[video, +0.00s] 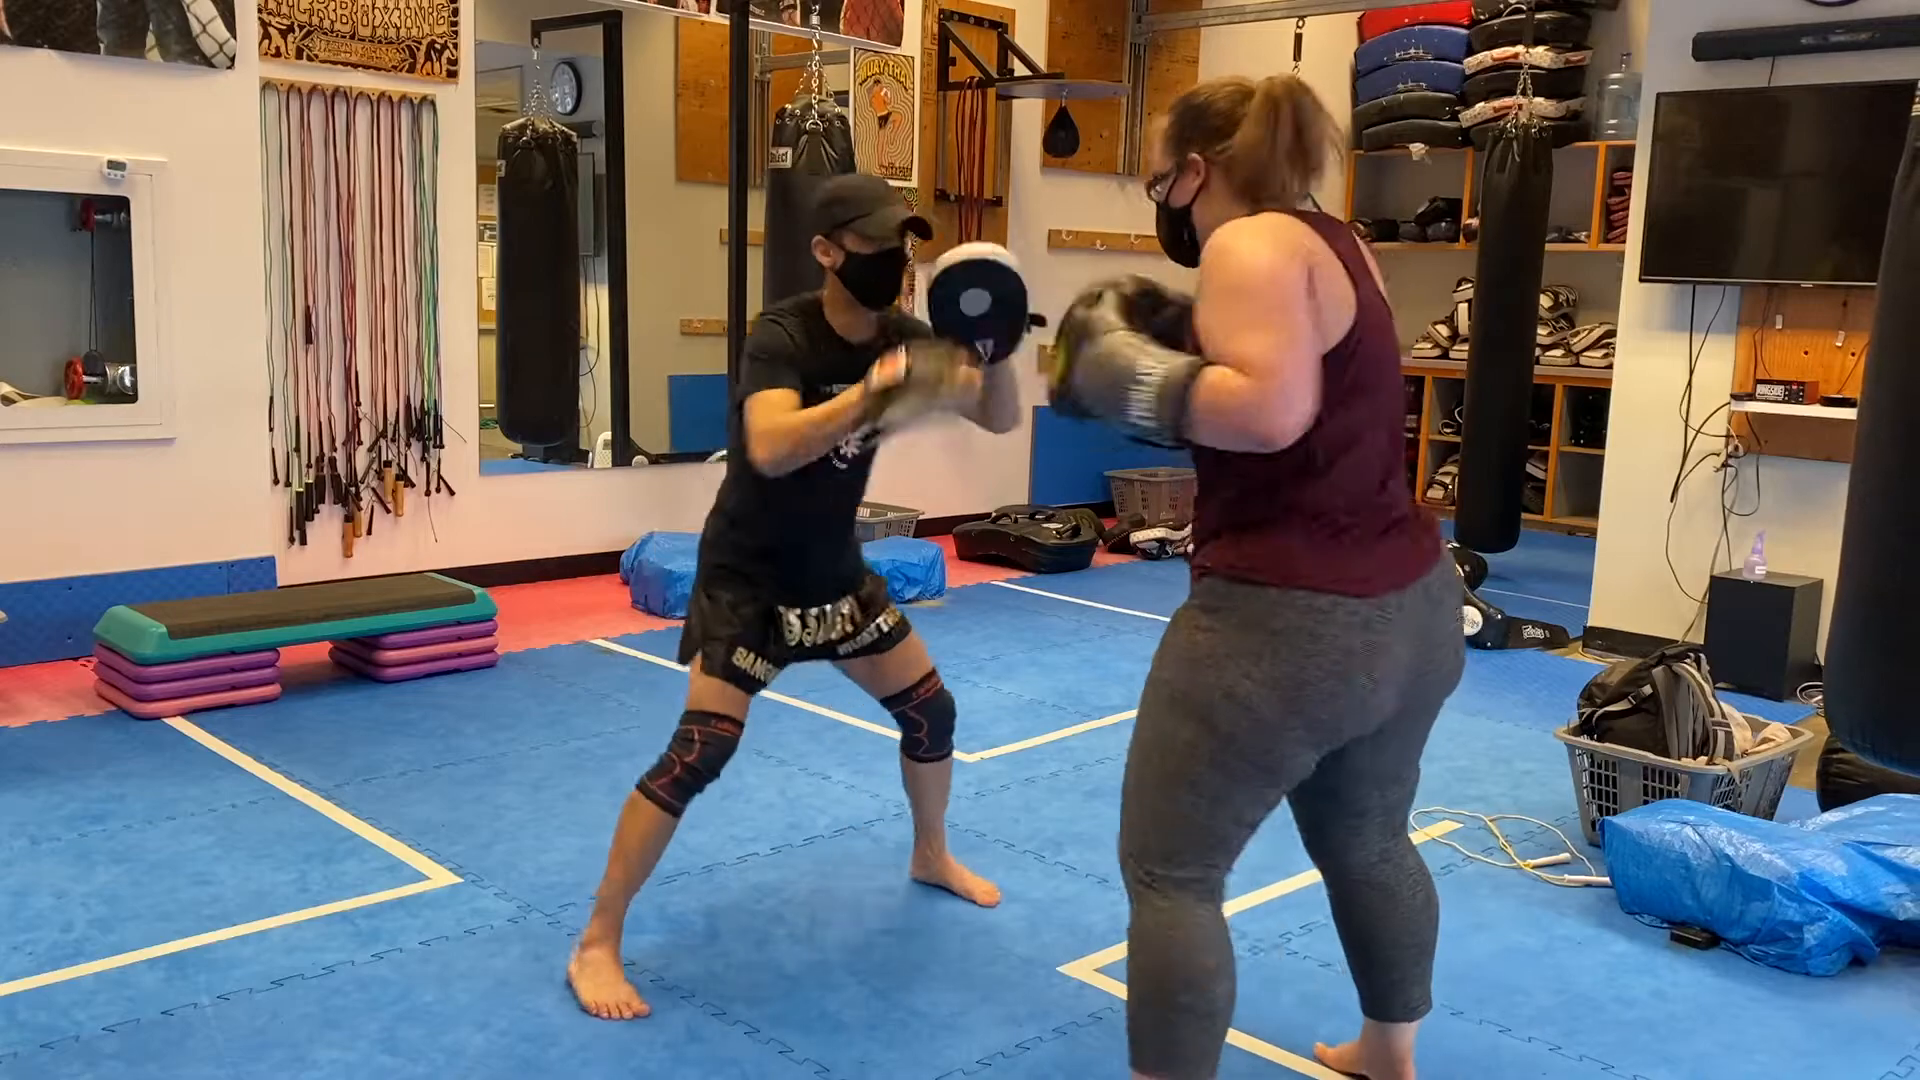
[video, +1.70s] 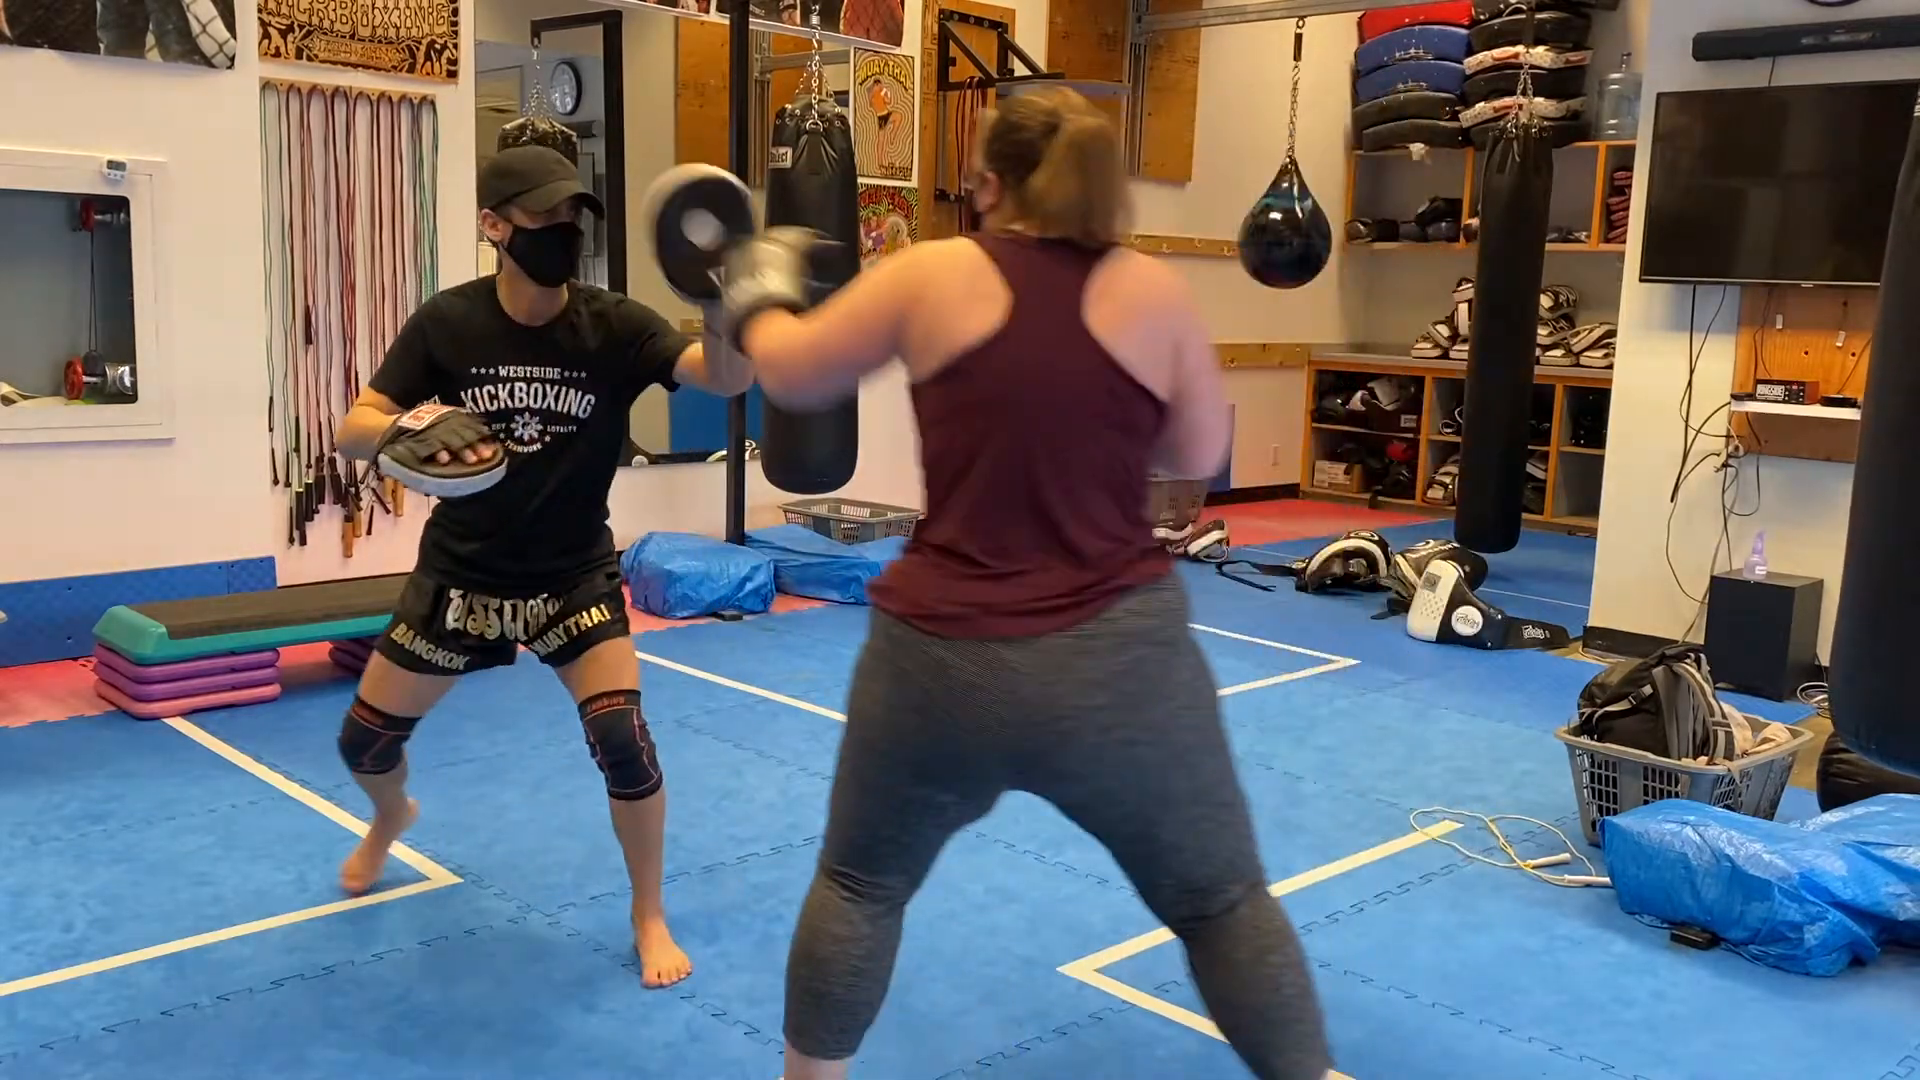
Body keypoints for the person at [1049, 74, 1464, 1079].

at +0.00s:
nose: (1162, 200)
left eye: (1165, 180)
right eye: (1159, 182)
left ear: (1201, 168)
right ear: (1287, 161)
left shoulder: (1250, 247)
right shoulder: (1338, 243)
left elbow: (1270, 409)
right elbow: (1291, 362)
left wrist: (1134, 381)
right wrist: (1186, 315)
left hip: (1281, 624)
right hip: (1412, 608)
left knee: (1174, 874)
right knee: (1366, 836)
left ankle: (1169, 1068)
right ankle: (1389, 1051)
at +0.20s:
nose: (1152, 184)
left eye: (1156, 166)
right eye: (1150, 168)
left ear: (1186, 160)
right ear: (1289, 157)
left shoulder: (1163, 259)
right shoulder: (1367, 256)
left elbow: (1079, 430)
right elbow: (1412, 406)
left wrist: (1022, 360)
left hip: (1235, 643)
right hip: (1396, 630)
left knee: (1220, 925)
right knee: (1357, 838)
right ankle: (1381, 1044)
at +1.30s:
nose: (1163, 159)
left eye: (1169, 139)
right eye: (1165, 139)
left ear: (1203, 141)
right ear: (1308, 142)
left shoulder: (1160, 244)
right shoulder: (1366, 263)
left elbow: (1046, 403)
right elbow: (1359, 406)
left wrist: (1035, 310)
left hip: (1155, 661)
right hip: (1338, 661)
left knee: (1087, 910)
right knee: (1345, 901)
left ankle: (1072, 1073)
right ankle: (1353, 1076)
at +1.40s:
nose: (1135, 193)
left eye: (1141, 173)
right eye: (1135, 173)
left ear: (1173, 174)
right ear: (1262, 168)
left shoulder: (1154, 269)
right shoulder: (1342, 277)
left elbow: (1060, 441)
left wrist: (1026, 354)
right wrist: (1122, 303)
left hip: (1144, 681)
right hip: (1324, 686)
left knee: (1007, 849)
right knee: (1331, 920)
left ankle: (1015, 1067)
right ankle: (1352, 1073)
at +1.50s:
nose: (1098, 213)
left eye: (1103, 194)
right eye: (1098, 195)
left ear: (1134, 194)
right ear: (1229, 184)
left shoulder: (1111, 293)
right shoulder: (1311, 293)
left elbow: (1053, 476)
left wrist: (995, 402)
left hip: (1100, 692)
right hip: (1285, 692)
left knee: (947, 848)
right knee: (1308, 919)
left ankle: (890, 1063)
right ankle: (1346, 1074)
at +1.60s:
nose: (1039, 198)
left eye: (1046, 183)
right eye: (1043, 181)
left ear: (1072, 192)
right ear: (1169, 183)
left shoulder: (1016, 293)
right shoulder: (1245, 294)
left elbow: (936, 445)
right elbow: (1272, 458)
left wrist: (880, 368)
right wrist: (1155, 419)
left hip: (1025, 690)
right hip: (1213, 689)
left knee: (899, 874)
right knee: (1276, 913)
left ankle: (813, 1064)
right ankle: (1336, 1071)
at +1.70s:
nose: (968, 183)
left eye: (974, 171)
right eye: (974, 167)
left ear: (992, 184)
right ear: (1103, 182)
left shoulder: (928, 277)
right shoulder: (1156, 294)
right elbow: (1201, 452)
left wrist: (756, 288)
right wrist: (1099, 418)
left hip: (935, 671)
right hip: (1118, 671)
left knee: (860, 887)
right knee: (1223, 905)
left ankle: (811, 1067)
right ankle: (1308, 1070)